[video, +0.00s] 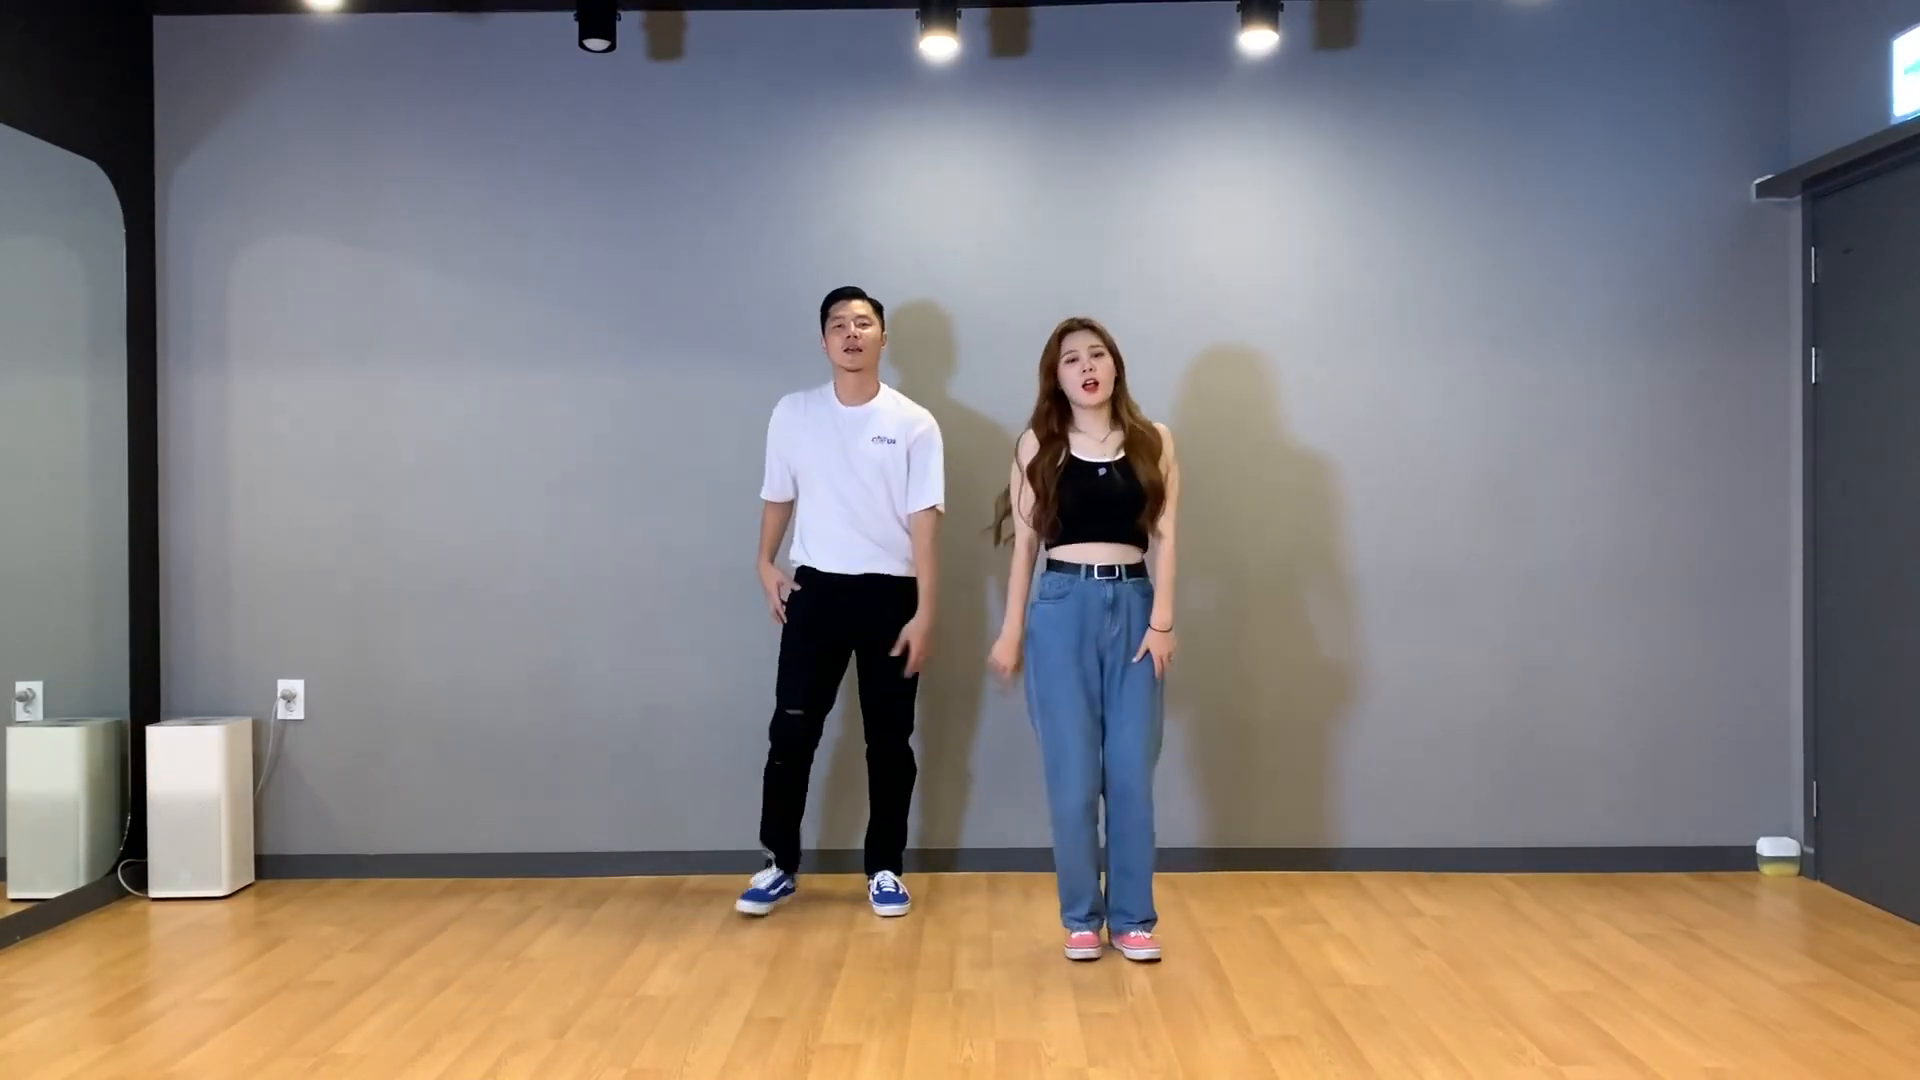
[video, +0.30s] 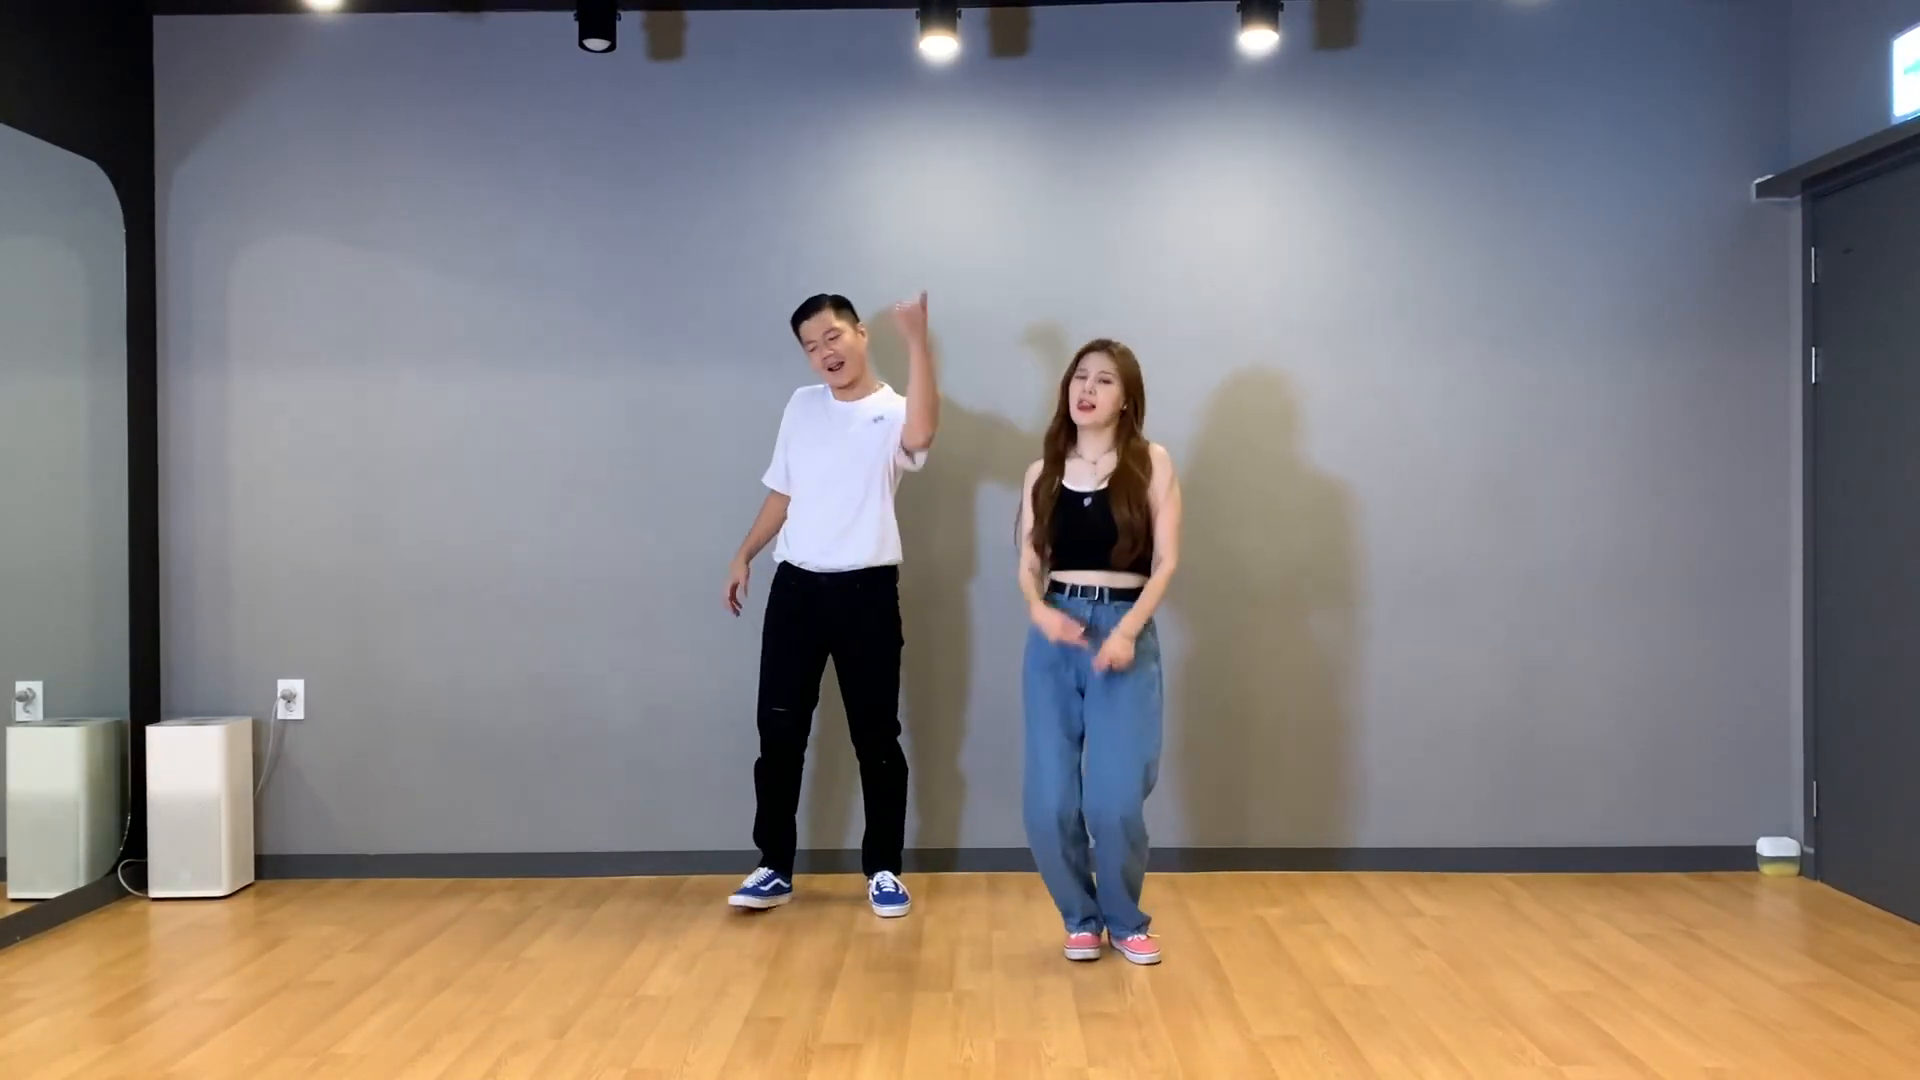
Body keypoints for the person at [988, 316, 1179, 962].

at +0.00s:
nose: (1086, 368)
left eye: (1096, 356)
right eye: (1071, 361)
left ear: (1115, 365)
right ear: (1057, 375)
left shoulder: (1154, 441)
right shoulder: (1036, 446)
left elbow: (1162, 537)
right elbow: (1025, 541)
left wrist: (1161, 620)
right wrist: (1012, 628)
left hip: (1134, 609)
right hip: (1060, 609)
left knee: (1131, 771)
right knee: (1072, 772)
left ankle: (1133, 917)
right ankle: (1080, 916)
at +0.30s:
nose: (1088, 390)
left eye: (1103, 381)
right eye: (1080, 379)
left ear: (1126, 396)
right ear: (1067, 389)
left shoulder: (1151, 463)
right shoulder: (1041, 473)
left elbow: (1166, 562)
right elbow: (1030, 560)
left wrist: (1127, 630)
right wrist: (1040, 609)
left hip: (1125, 634)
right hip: (1054, 631)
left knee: (1115, 798)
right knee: (1049, 798)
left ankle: (1125, 920)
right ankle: (1080, 918)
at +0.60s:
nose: (1103, 350)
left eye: (1112, 340)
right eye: (1087, 342)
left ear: (1130, 356)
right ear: (1065, 363)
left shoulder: (1159, 432)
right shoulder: (1040, 442)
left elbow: (1170, 516)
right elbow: (1014, 532)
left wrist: (1160, 574)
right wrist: (1042, 605)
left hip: (1143, 604)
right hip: (1068, 606)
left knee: (1154, 771)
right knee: (1075, 771)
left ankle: (1162, 920)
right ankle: (1078, 918)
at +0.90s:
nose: (1094, 362)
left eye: (1105, 351)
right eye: (1081, 355)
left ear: (1128, 365)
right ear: (1066, 376)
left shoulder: (1163, 445)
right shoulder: (1050, 450)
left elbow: (1177, 542)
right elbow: (1031, 543)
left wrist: (1188, 619)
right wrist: (1008, 637)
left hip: (1154, 614)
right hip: (1076, 617)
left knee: (1163, 778)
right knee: (1083, 784)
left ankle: (1163, 923)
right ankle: (1083, 915)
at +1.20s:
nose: (1067, 362)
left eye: (1078, 352)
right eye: (1053, 355)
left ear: (1100, 368)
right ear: (1035, 374)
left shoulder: (1127, 447)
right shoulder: (1012, 454)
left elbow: (1189, 527)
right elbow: (969, 538)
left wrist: (1241, 581)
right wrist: (928, 612)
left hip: (1109, 622)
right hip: (1033, 625)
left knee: (1134, 781)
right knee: (1067, 788)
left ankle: (1159, 923)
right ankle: (1092, 944)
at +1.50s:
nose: (1022, 395)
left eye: (1034, 385)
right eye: (1010, 387)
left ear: (1055, 397)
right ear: (993, 401)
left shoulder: (1076, 475)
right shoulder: (975, 464)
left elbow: (1061, 570)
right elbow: (998, 556)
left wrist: (1035, 501)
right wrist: (1046, 490)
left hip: (1029, 646)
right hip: (959, 639)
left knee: (1043, 801)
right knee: (942, 774)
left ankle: (1002, 910)